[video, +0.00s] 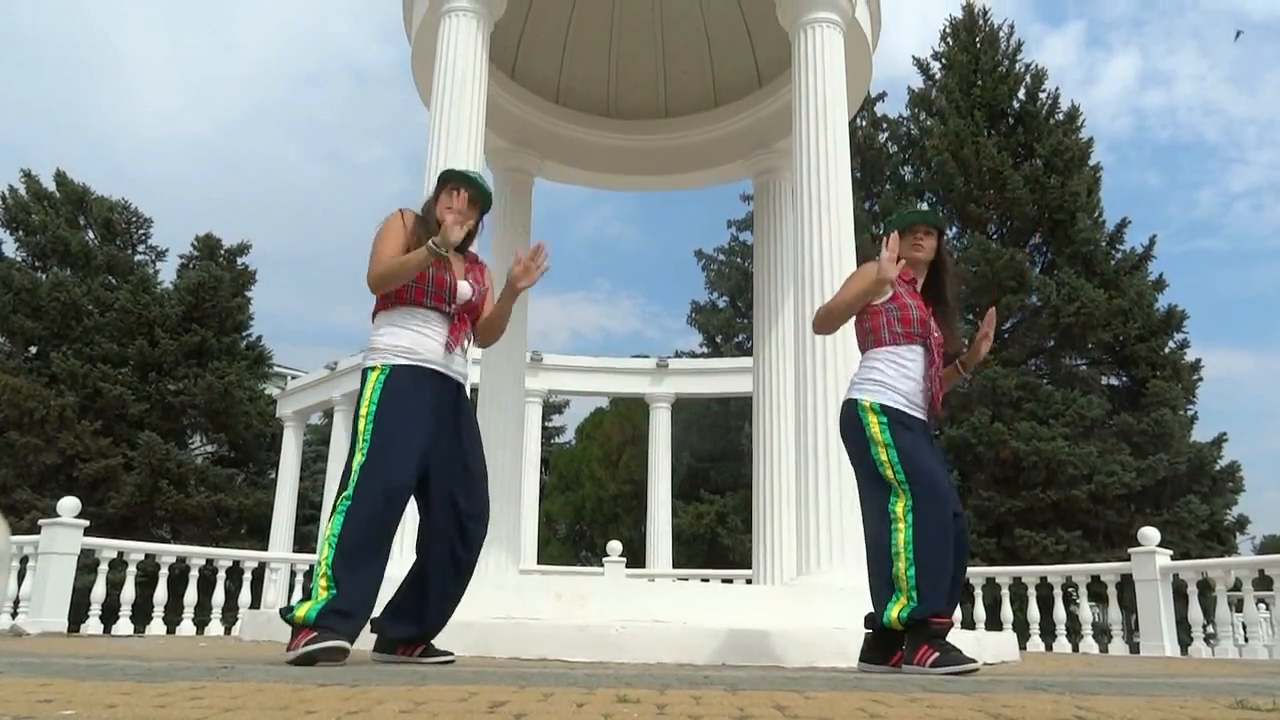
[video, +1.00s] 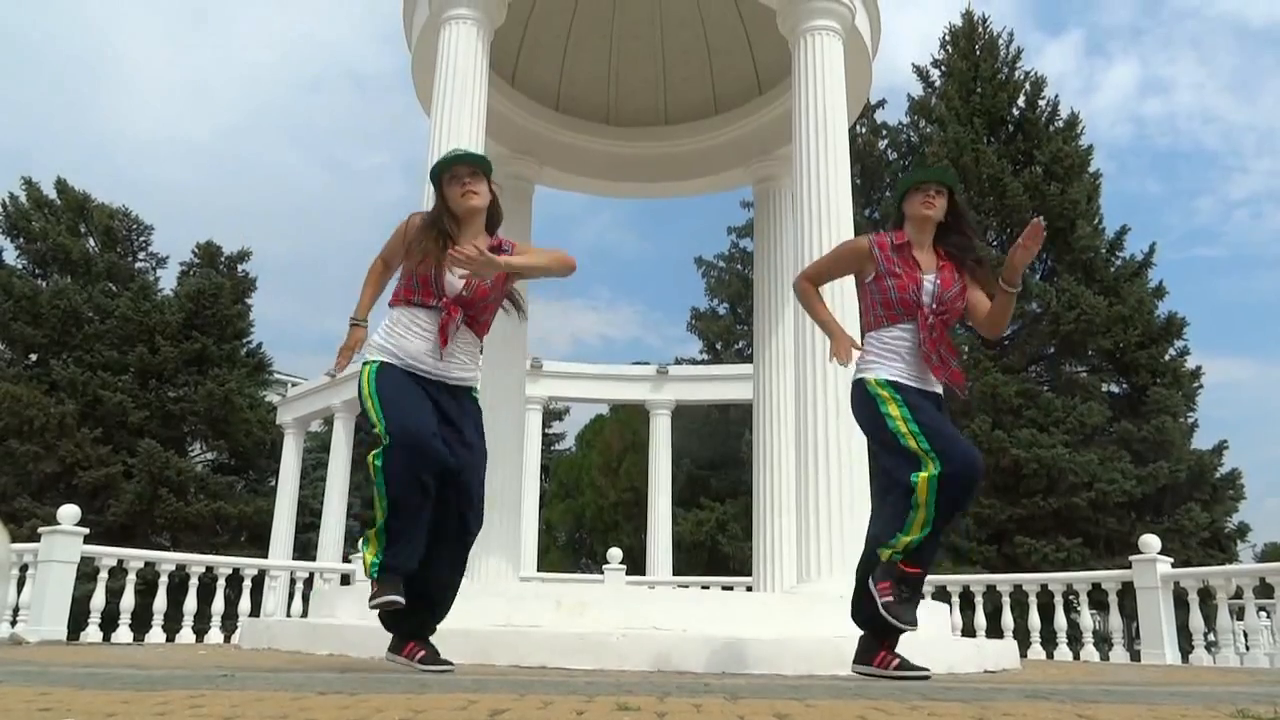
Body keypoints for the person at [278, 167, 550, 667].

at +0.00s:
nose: (453, 203)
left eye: (466, 200)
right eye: (447, 194)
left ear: (476, 216)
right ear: (434, 199)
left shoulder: (477, 269)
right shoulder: (405, 224)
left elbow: (485, 335)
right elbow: (379, 279)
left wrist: (511, 291)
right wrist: (434, 249)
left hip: (450, 388)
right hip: (396, 373)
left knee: (464, 515)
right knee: (374, 494)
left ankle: (404, 634)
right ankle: (319, 625)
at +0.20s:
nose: (473, 225)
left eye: (484, 224)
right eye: (468, 215)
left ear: (490, 243)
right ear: (448, 221)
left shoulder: (486, 302)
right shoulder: (412, 260)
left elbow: (476, 378)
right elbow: (361, 324)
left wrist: (526, 368)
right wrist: (365, 279)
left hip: (454, 418)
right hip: (403, 394)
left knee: (474, 525)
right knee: (382, 502)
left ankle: (403, 637)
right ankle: (322, 628)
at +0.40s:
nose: (484, 234)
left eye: (494, 232)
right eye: (479, 224)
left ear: (499, 248)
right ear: (460, 226)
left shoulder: (489, 303)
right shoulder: (429, 252)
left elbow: (495, 374)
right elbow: (397, 299)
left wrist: (527, 338)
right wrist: (461, 278)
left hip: (457, 405)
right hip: (409, 381)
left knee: (474, 524)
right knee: (380, 493)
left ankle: (405, 637)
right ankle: (334, 612)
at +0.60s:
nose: (489, 232)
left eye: (500, 232)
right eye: (483, 223)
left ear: (505, 252)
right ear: (463, 229)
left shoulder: (494, 308)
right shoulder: (428, 259)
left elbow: (498, 381)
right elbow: (374, 309)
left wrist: (536, 350)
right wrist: (421, 281)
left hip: (458, 416)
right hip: (406, 390)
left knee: (478, 528)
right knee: (381, 496)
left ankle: (404, 639)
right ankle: (328, 616)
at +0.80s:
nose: (493, 206)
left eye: (500, 200)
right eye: (482, 200)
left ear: (511, 215)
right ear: (464, 212)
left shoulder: (513, 279)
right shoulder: (436, 242)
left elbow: (520, 349)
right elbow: (371, 278)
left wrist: (503, 302)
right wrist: (356, 328)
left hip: (456, 386)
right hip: (401, 360)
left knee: (455, 509)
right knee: (409, 462)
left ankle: (402, 636)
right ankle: (350, 586)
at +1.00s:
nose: (467, 183)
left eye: (475, 176)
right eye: (455, 179)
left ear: (493, 191)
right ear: (440, 195)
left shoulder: (504, 250)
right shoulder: (420, 228)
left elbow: (566, 262)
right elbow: (382, 267)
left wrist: (499, 263)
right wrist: (358, 323)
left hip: (457, 387)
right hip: (395, 368)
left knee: (466, 505)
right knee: (418, 443)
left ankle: (413, 637)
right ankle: (391, 575)